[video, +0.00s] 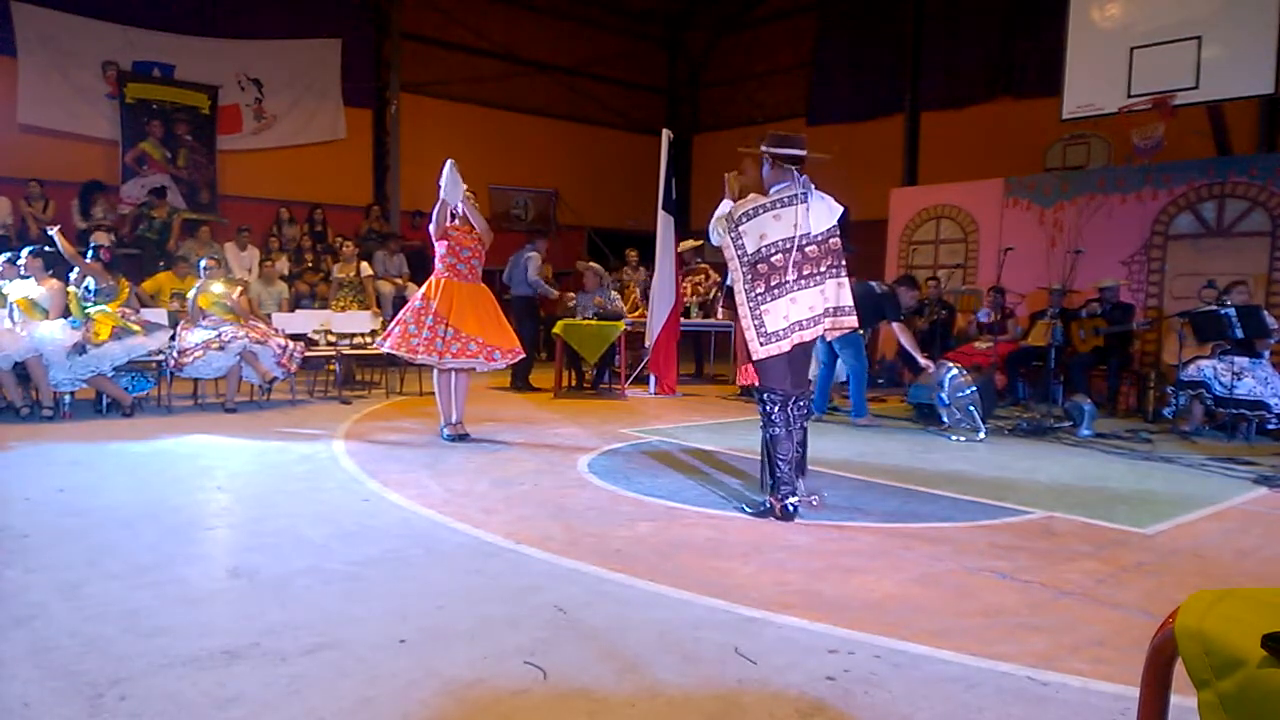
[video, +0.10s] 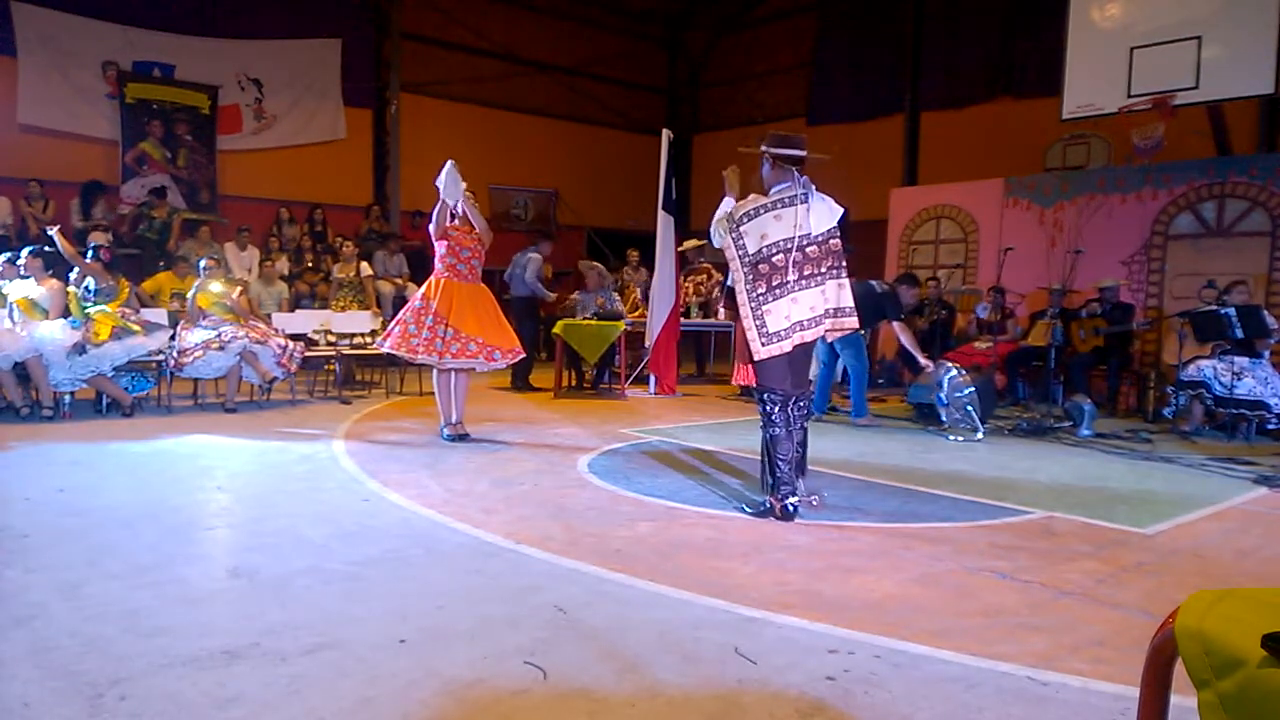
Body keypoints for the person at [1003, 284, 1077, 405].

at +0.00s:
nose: (1055, 299)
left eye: (1058, 295)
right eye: (1053, 295)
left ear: (1063, 297)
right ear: (1049, 296)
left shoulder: (1067, 314)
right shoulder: (1036, 315)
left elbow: (1068, 340)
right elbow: (1028, 336)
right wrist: (1024, 342)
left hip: (1056, 348)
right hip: (1036, 348)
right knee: (1012, 358)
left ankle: (1043, 398)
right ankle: (1013, 395)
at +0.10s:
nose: (1055, 299)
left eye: (1058, 296)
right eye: (1053, 295)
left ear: (1063, 297)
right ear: (1049, 296)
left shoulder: (1067, 314)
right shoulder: (1036, 315)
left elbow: (1068, 340)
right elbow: (1028, 336)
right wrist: (1024, 342)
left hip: (1055, 348)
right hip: (1036, 348)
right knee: (1012, 358)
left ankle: (1043, 398)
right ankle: (1013, 395)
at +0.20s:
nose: (1055, 299)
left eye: (1058, 296)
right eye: (1053, 295)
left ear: (1063, 297)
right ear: (1049, 296)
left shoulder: (1067, 314)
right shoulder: (1036, 315)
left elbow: (1068, 340)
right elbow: (1027, 335)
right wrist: (1024, 342)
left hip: (1055, 348)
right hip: (1035, 348)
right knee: (1012, 358)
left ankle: (1043, 399)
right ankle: (1013, 395)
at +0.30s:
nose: (1055, 299)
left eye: (1058, 296)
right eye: (1053, 295)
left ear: (1063, 297)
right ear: (1048, 296)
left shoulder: (1067, 314)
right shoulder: (1036, 315)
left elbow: (1068, 340)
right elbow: (1027, 335)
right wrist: (1024, 342)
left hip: (1055, 349)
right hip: (1035, 348)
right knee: (1011, 359)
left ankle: (1042, 399)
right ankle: (1012, 395)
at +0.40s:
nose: (1055, 299)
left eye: (1058, 296)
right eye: (1053, 295)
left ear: (1063, 297)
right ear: (1049, 296)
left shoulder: (1068, 314)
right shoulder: (1036, 315)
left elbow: (1068, 340)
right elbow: (1028, 335)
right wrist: (1023, 342)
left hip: (1055, 348)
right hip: (1035, 348)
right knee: (1012, 358)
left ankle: (1042, 399)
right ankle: (1013, 395)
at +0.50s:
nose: (1054, 299)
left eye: (1058, 296)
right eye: (1052, 295)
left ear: (1063, 297)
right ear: (1049, 296)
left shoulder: (1068, 315)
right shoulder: (1036, 315)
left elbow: (1069, 339)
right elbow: (1028, 336)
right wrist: (1024, 343)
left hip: (1055, 348)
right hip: (1036, 348)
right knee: (1012, 358)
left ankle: (1041, 398)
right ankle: (1013, 395)